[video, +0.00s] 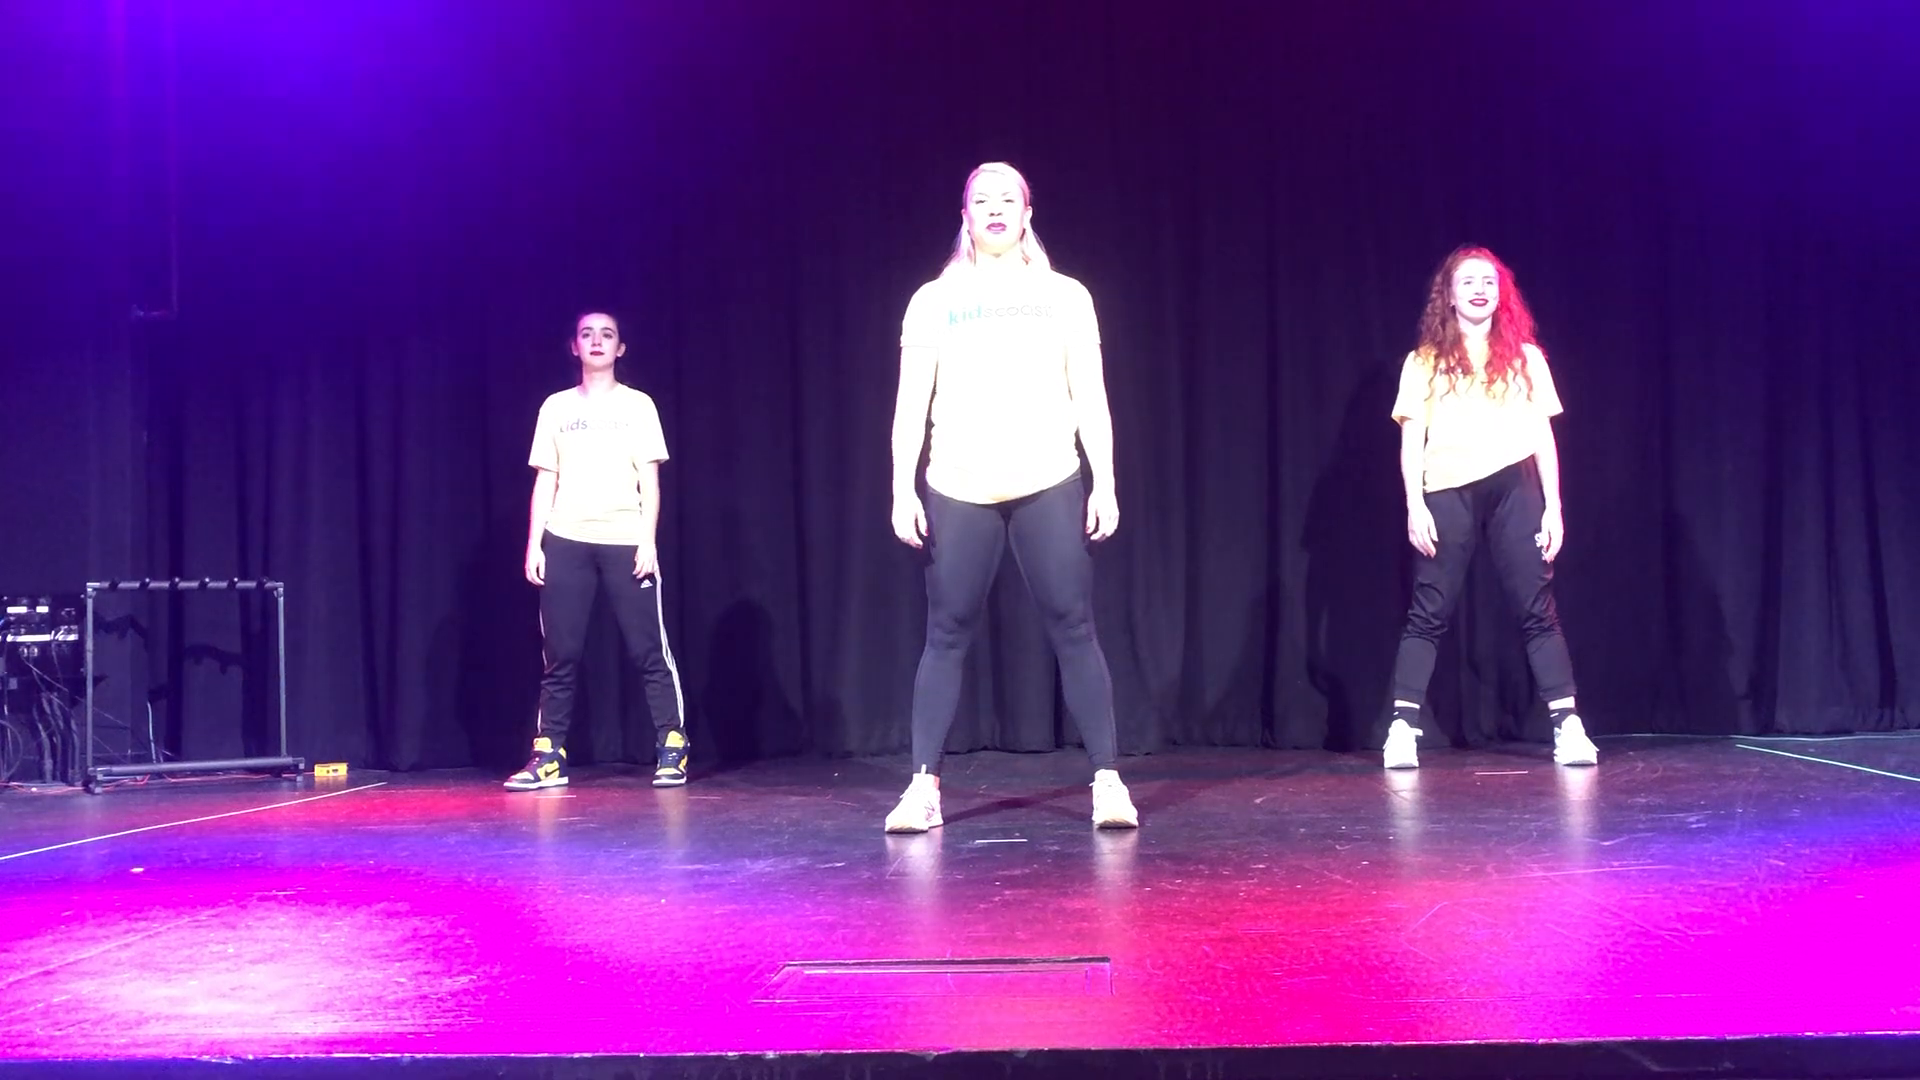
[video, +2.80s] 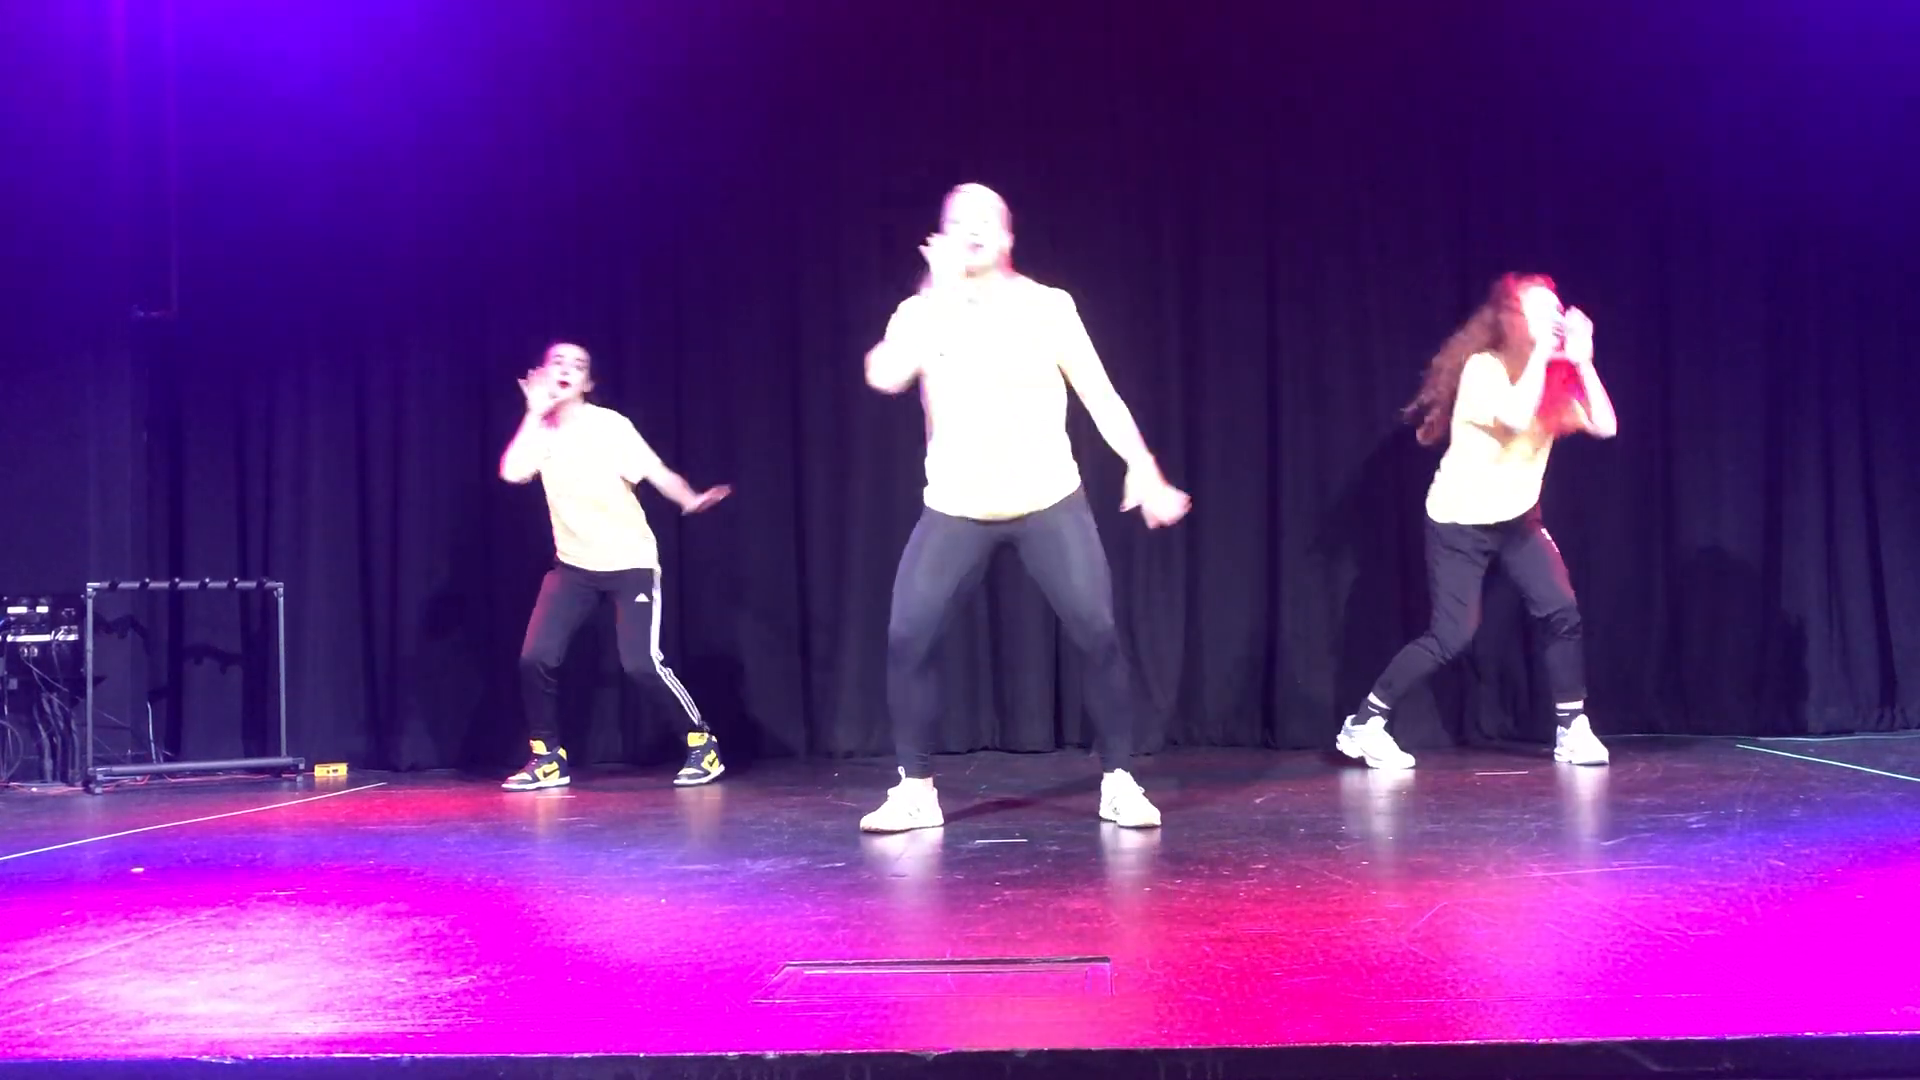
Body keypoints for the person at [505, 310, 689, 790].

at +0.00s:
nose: (596, 342)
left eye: (605, 335)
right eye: (588, 334)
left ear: (619, 348)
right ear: (575, 347)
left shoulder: (638, 405)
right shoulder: (555, 406)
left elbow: (649, 480)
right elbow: (545, 479)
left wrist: (647, 542)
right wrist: (534, 543)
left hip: (626, 543)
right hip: (566, 542)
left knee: (648, 652)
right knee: (559, 655)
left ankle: (672, 747)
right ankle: (549, 756)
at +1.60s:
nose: (600, 339)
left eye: (609, 332)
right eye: (591, 332)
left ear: (623, 345)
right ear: (578, 345)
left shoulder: (642, 403)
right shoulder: (558, 405)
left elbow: (654, 478)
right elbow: (544, 478)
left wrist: (656, 541)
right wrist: (521, 541)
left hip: (631, 541)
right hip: (569, 542)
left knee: (651, 650)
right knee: (560, 655)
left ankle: (673, 748)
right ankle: (550, 756)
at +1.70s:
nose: (582, 338)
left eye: (591, 331)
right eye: (573, 332)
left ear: (610, 345)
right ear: (562, 346)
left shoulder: (632, 399)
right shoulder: (553, 408)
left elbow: (649, 477)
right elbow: (526, 476)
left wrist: (651, 540)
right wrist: (478, 488)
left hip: (626, 538)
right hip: (569, 539)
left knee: (648, 652)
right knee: (558, 653)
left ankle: (672, 746)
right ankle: (550, 756)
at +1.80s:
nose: (549, 342)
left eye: (560, 334)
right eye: (541, 336)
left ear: (583, 347)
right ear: (535, 353)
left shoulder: (608, 398)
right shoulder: (540, 413)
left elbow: (637, 465)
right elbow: (497, 457)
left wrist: (645, 535)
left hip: (625, 541)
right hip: (574, 546)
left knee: (647, 653)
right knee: (556, 653)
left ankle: (673, 746)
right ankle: (549, 757)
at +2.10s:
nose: (486, 371)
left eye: (497, 362)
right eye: (482, 364)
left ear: (524, 373)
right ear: (481, 379)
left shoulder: (546, 415)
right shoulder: (509, 436)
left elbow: (590, 474)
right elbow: (466, 476)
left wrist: (609, 547)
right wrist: (472, 417)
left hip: (619, 541)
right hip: (579, 551)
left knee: (642, 649)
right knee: (555, 651)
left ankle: (696, 746)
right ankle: (549, 757)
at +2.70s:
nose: (535, 361)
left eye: (547, 354)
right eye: (528, 353)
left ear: (566, 368)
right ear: (519, 366)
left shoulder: (589, 411)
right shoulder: (528, 427)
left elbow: (633, 468)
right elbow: (493, 460)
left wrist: (651, 519)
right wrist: (512, 402)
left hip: (626, 552)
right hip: (574, 555)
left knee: (643, 655)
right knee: (544, 649)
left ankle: (707, 745)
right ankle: (548, 759)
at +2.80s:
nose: (565, 372)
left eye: (575, 366)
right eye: (557, 363)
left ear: (588, 382)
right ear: (541, 374)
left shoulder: (610, 426)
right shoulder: (539, 432)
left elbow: (655, 471)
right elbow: (512, 471)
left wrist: (688, 499)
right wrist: (535, 412)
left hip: (631, 564)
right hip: (574, 566)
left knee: (641, 662)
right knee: (536, 657)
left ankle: (703, 747)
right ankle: (548, 759)